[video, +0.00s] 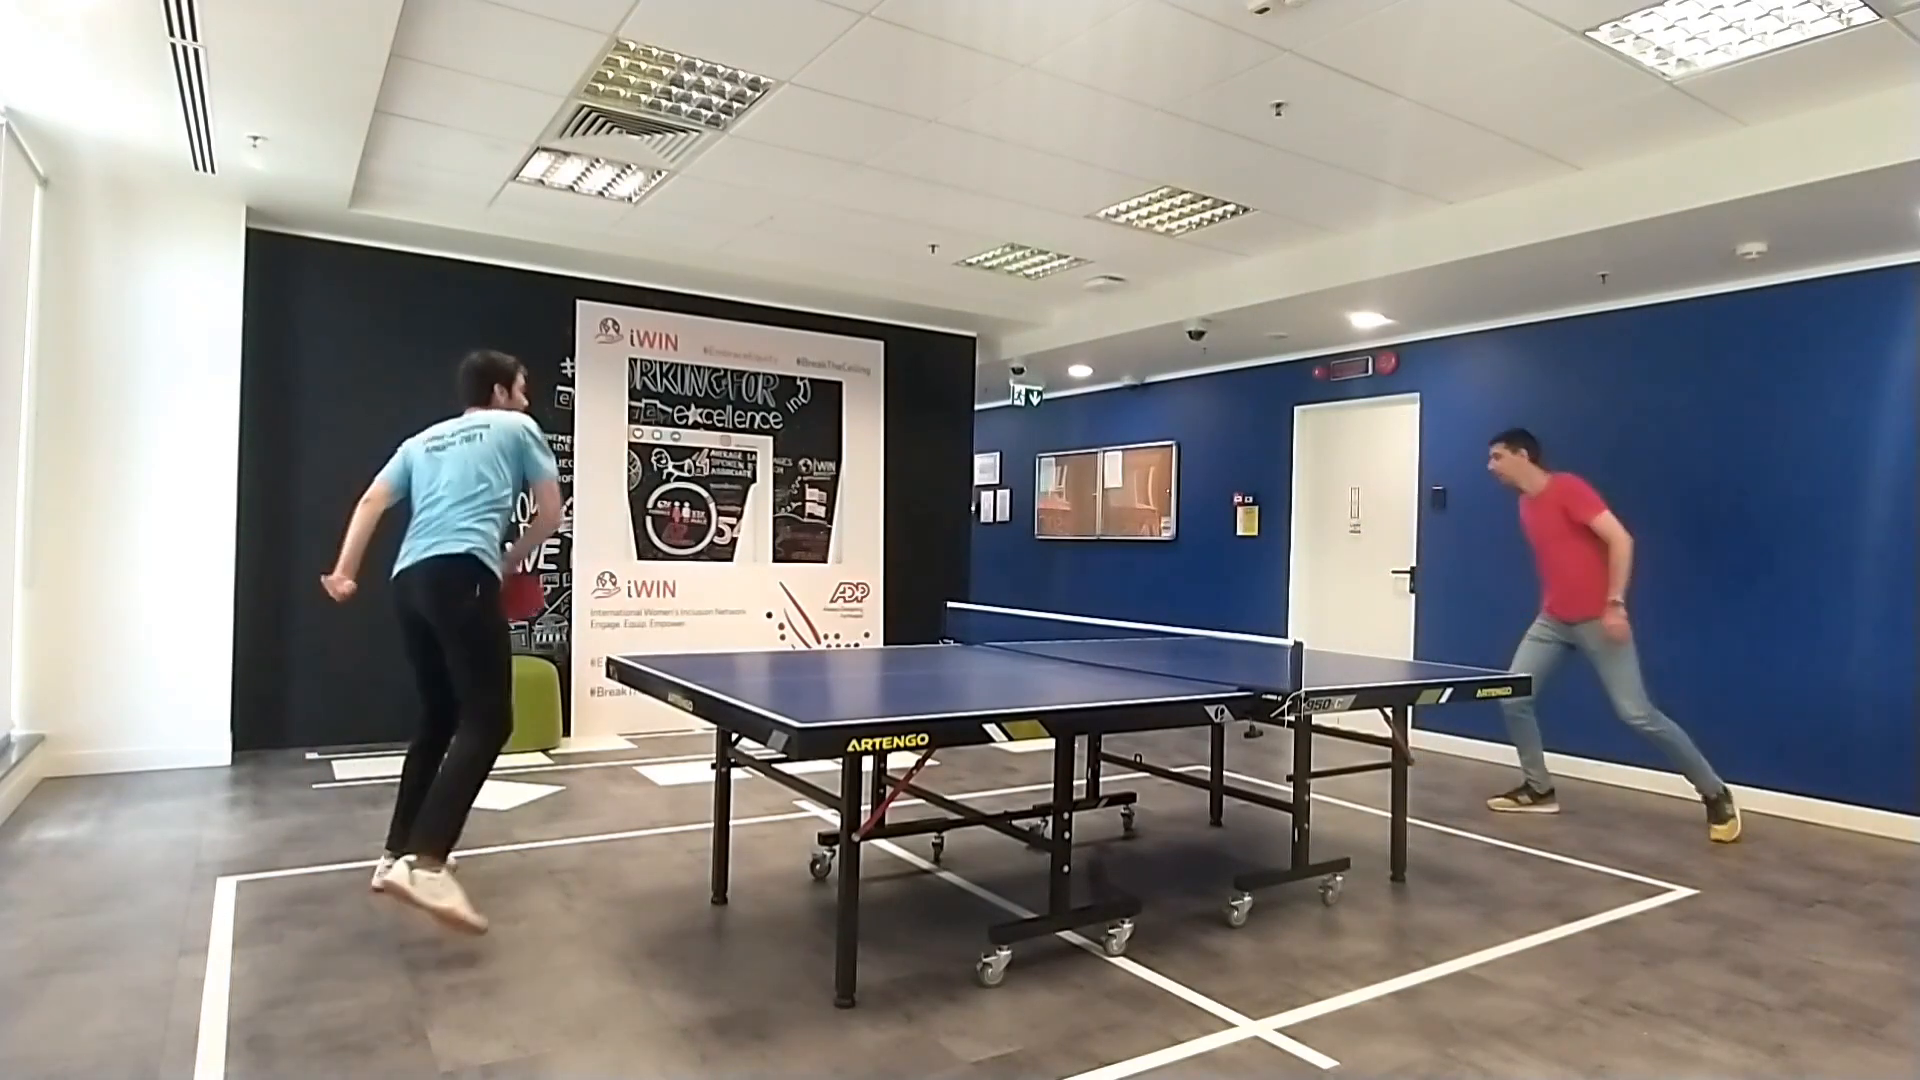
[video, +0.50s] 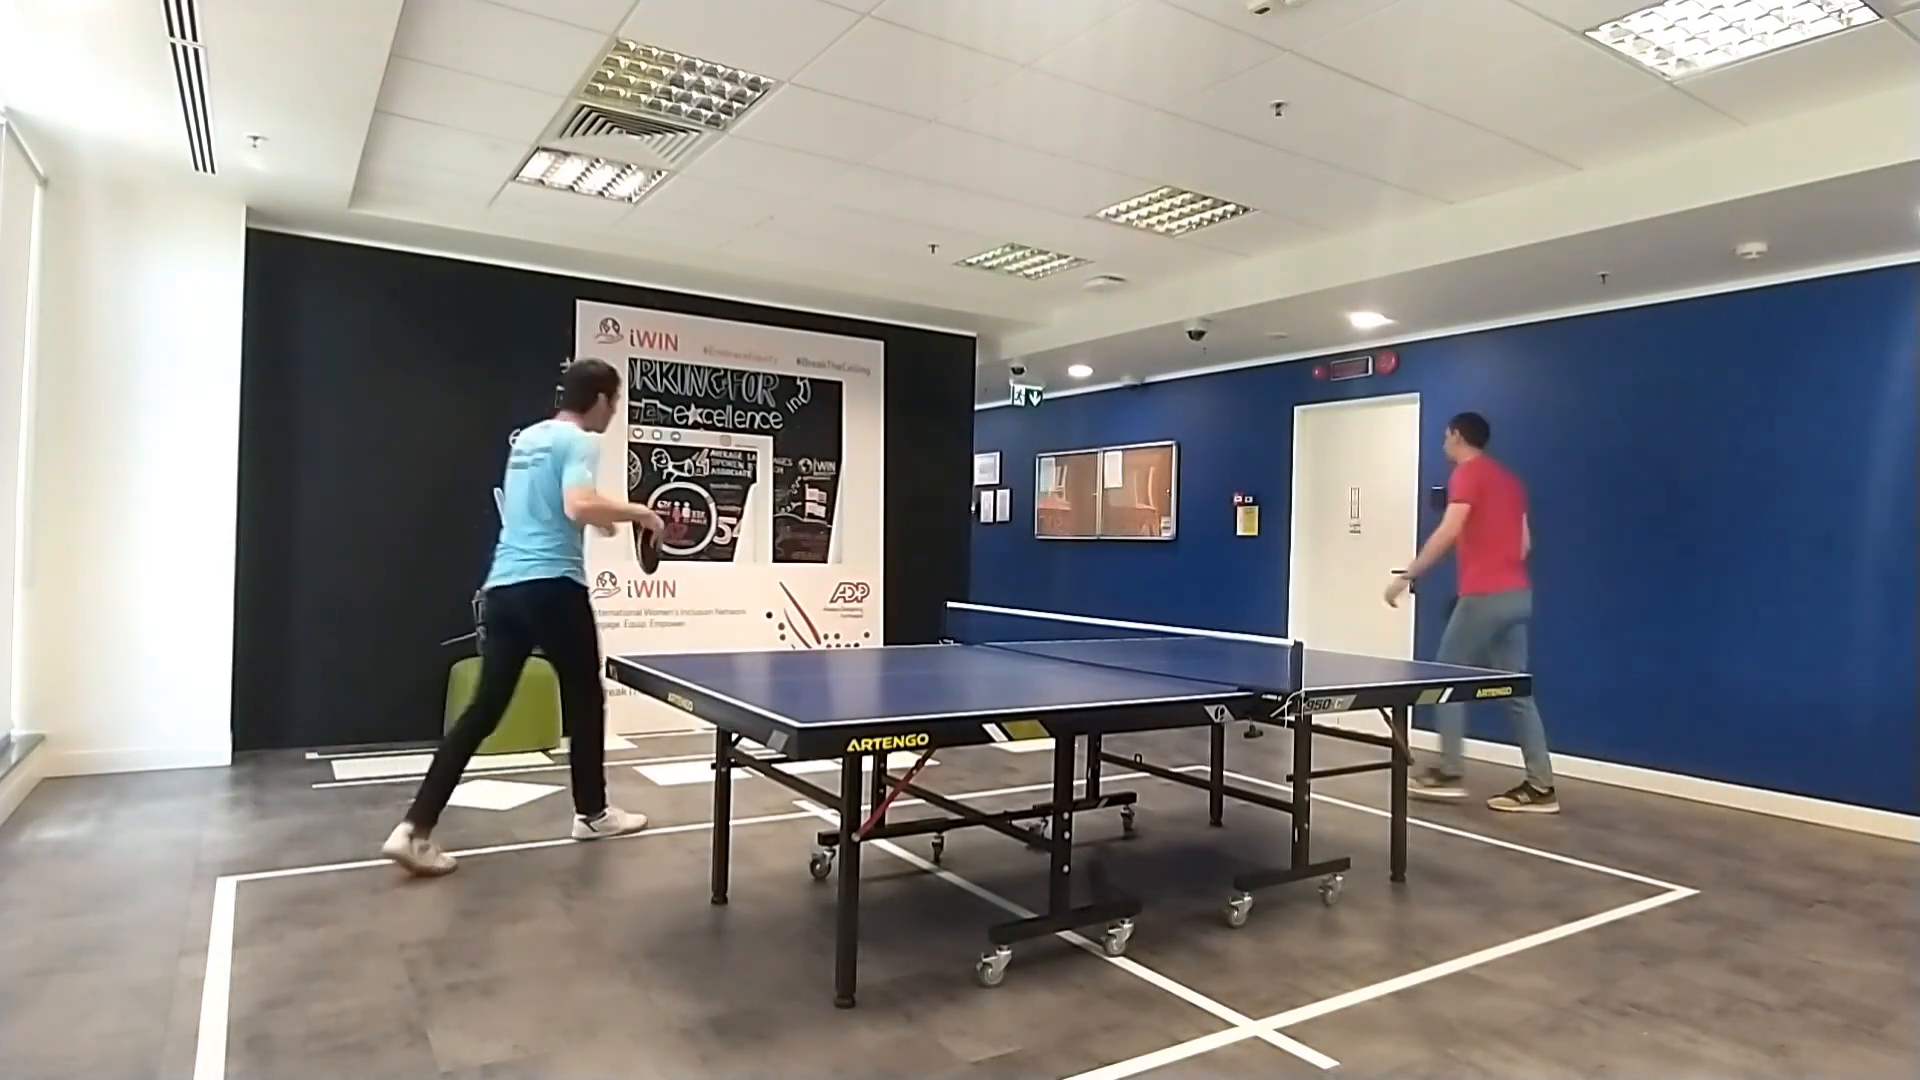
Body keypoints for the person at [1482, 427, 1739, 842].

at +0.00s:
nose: (1492, 466)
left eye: (1497, 457)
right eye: (1490, 460)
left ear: (1522, 455)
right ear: (1513, 460)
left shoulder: (1567, 489)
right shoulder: (1526, 507)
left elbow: (1620, 538)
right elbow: (1555, 557)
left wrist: (1615, 603)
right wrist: (1551, 608)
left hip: (1598, 619)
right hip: (1553, 620)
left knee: (1636, 713)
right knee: (1514, 695)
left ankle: (1716, 795)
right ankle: (1538, 788)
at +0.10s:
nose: (1479, 455)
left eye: (1483, 447)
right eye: (1479, 448)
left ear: (1504, 445)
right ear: (1504, 447)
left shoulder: (1549, 480)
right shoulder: (1520, 493)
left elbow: (1582, 535)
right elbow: (1542, 549)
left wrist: (1576, 600)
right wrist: (1538, 599)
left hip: (1572, 612)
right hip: (1536, 613)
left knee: (1596, 704)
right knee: (1511, 695)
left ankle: (1687, 780)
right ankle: (1537, 787)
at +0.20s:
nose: (1473, 448)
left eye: (1476, 440)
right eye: (1474, 441)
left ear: (1494, 440)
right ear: (1500, 440)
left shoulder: (1530, 475)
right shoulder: (1513, 482)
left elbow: (1543, 535)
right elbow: (1529, 543)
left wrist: (1530, 597)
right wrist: (1518, 600)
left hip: (1553, 602)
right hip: (1526, 603)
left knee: (1550, 694)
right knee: (1511, 693)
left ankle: (1639, 774)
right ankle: (1537, 787)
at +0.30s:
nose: (1466, 445)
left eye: (1468, 436)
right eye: (1467, 437)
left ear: (1481, 435)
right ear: (1496, 435)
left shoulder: (1513, 472)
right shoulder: (1513, 473)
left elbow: (1506, 532)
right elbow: (1511, 539)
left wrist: (1481, 587)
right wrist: (1490, 591)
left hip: (1530, 598)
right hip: (1521, 597)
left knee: (1514, 688)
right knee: (1509, 689)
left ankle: (1580, 778)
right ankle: (1538, 784)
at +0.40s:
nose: (1458, 443)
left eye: (1460, 436)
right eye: (1459, 437)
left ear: (1471, 435)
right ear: (1492, 436)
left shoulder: (1489, 470)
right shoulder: (1515, 471)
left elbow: (1477, 529)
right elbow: (1532, 540)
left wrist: (1439, 581)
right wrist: (1492, 588)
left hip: (1505, 597)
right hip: (1530, 595)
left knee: (1476, 682)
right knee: (1517, 689)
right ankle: (1540, 783)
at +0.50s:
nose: (1446, 445)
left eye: (1447, 438)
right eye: (1447, 438)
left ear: (1458, 437)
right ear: (1481, 440)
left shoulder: (1467, 472)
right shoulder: (1509, 479)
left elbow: (1449, 530)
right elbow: (1523, 544)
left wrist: (1406, 576)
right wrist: (1490, 571)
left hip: (1483, 597)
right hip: (1516, 595)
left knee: (1444, 681)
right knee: (1517, 689)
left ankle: (1448, 773)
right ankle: (1540, 785)